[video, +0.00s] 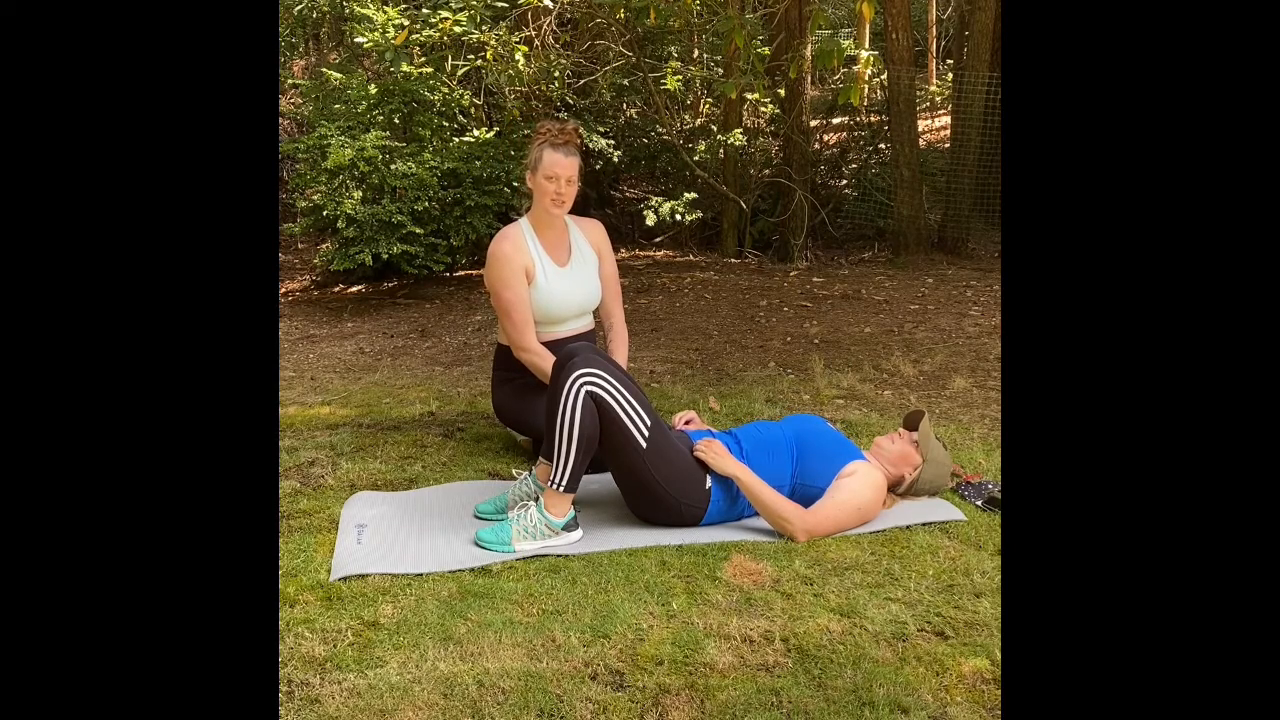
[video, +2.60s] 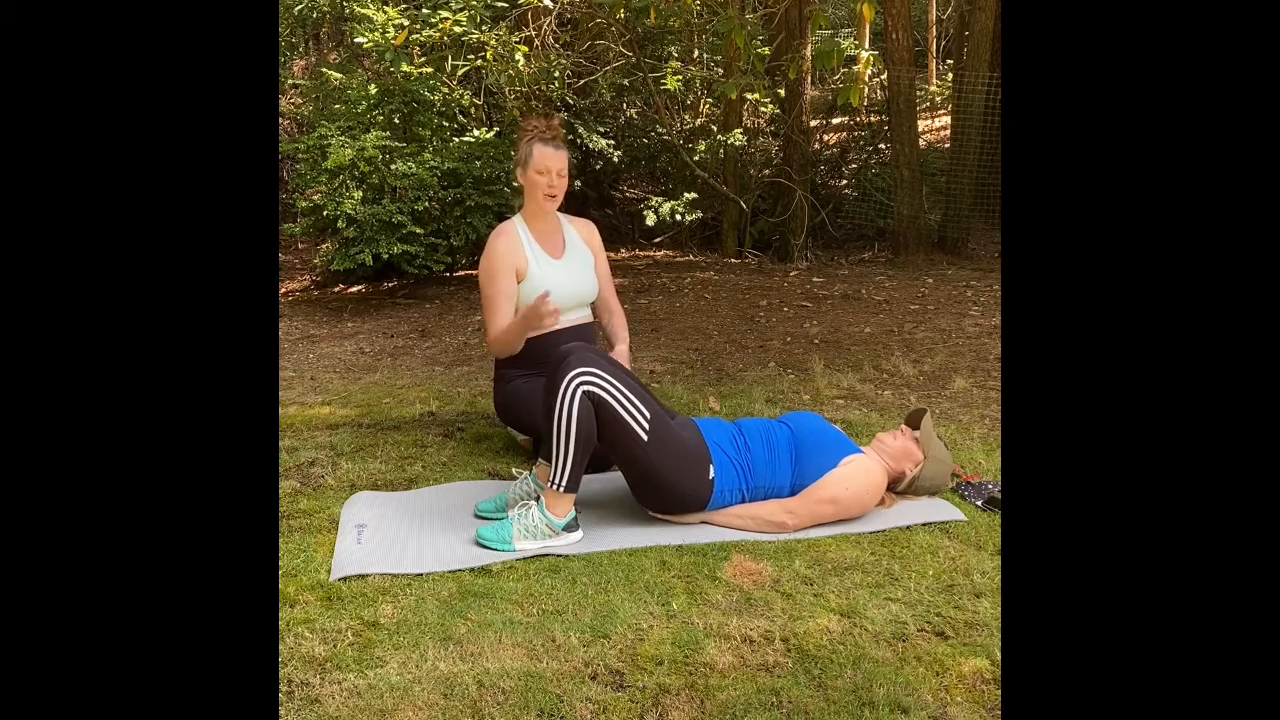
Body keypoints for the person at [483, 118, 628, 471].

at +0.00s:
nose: (562, 191)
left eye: (570, 181)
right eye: (551, 179)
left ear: (579, 183)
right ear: (530, 179)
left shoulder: (592, 233)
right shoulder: (508, 247)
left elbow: (614, 322)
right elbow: (524, 347)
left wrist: (613, 385)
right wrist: (588, 396)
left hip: (584, 367)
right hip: (524, 379)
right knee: (602, 446)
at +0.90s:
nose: (563, 196)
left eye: (571, 186)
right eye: (553, 185)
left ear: (580, 184)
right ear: (531, 181)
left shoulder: (593, 233)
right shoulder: (510, 246)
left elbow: (614, 322)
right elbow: (509, 350)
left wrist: (613, 382)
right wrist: (575, 389)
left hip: (585, 370)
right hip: (524, 381)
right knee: (606, 447)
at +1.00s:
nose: (564, 196)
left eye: (573, 186)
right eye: (554, 185)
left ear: (581, 183)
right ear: (533, 181)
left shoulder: (595, 234)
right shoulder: (512, 246)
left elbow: (615, 321)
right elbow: (502, 346)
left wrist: (614, 380)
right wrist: (569, 384)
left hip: (585, 373)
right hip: (525, 384)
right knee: (610, 447)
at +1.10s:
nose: (565, 195)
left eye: (574, 185)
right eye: (555, 184)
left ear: (582, 183)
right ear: (533, 180)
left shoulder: (595, 234)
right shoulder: (512, 245)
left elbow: (615, 321)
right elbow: (499, 346)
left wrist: (614, 380)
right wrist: (563, 386)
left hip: (586, 372)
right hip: (525, 382)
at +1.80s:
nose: (552, 191)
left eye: (560, 180)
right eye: (541, 181)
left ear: (570, 178)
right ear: (523, 181)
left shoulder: (590, 233)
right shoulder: (509, 244)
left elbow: (614, 319)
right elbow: (502, 333)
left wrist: (616, 366)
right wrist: (517, 374)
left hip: (587, 366)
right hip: (527, 375)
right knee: (599, 448)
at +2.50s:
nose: (554, 187)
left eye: (561, 177)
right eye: (543, 177)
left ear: (568, 178)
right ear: (520, 178)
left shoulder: (585, 232)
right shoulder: (505, 243)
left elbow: (611, 318)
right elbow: (497, 342)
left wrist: (615, 366)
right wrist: (524, 337)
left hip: (585, 364)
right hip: (525, 375)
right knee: (604, 448)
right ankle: (536, 440)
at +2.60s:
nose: (554, 184)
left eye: (561, 174)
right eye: (542, 174)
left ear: (568, 176)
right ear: (520, 177)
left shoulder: (585, 231)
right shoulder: (504, 243)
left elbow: (608, 306)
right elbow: (497, 345)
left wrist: (621, 346)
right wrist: (524, 322)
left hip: (586, 365)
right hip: (524, 375)